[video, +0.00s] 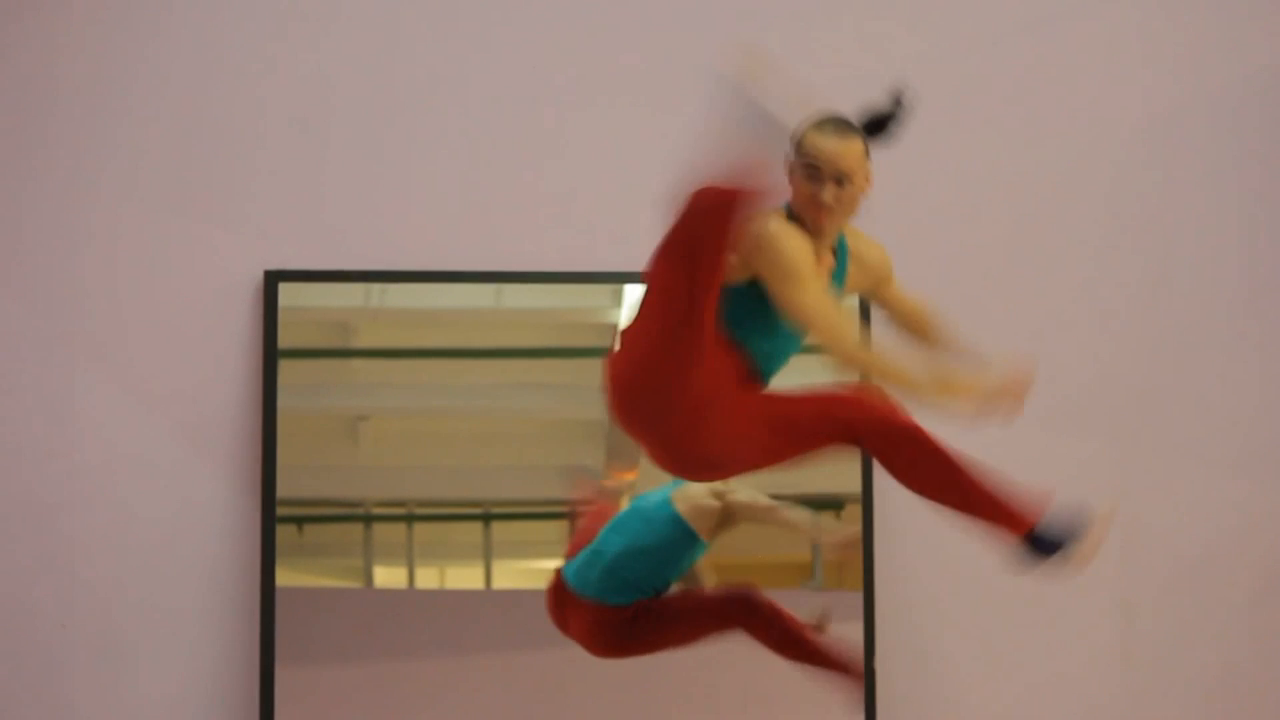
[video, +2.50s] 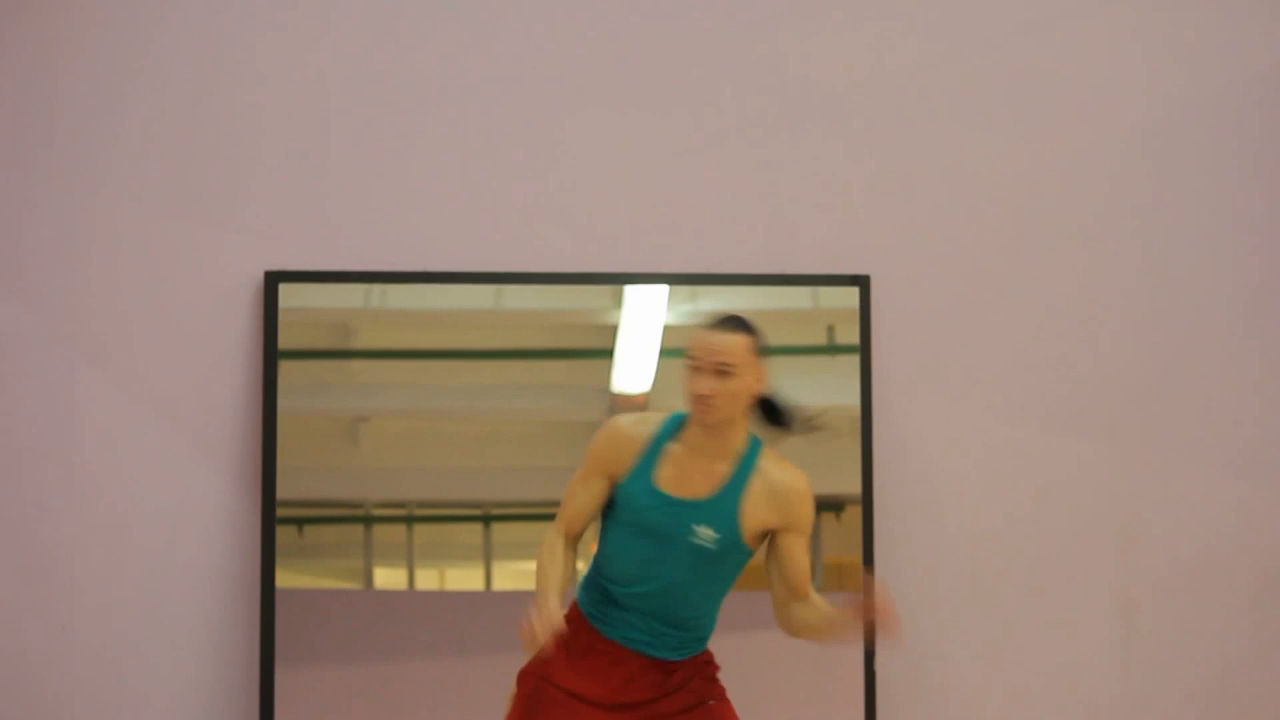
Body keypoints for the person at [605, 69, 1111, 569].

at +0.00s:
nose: (823, 194)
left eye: (840, 182)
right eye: (812, 176)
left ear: (865, 187)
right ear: (790, 176)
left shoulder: (862, 260)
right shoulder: (771, 236)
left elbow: (912, 320)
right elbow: (843, 347)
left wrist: (976, 370)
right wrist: (951, 389)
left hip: (722, 433)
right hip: (659, 388)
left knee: (867, 411)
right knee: (707, 215)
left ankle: (1029, 530)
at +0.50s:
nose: (842, 226)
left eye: (861, 215)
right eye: (832, 208)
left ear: (885, 222)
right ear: (811, 201)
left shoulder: (873, 293)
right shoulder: (774, 265)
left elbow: (810, 372)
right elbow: (786, 398)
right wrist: (884, 463)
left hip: (717, 439)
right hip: (652, 382)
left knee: (829, 479)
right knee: (580, 291)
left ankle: (1004, 552)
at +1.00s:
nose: (855, 263)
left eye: (874, 252)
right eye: (846, 243)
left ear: (895, 260)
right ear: (824, 235)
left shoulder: (869, 322)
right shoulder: (779, 288)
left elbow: (779, 391)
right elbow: (724, 406)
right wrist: (812, 481)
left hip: (699, 477)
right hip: (636, 424)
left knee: (828, 562)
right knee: (513, 356)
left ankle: (887, 707)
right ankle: (358, 432)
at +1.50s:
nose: (826, 344)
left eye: (847, 333)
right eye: (820, 322)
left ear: (870, 345)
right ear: (800, 316)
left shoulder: (840, 406)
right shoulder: (741, 368)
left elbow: (759, 487)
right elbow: (648, 468)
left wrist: (731, 563)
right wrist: (704, 555)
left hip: (686, 588)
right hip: (606, 545)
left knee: (693, 713)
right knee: (461, 644)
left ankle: (564, 690)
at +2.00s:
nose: (758, 383)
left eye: (779, 372)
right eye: (753, 365)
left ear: (816, 381)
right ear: (742, 363)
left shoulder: (805, 483)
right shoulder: (674, 426)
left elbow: (799, 570)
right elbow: (593, 524)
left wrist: (832, 659)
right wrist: (595, 629)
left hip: (678, 656)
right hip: (586, 636)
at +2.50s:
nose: (703, 386)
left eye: (723, 373)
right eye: (694, 368)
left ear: (759, 381)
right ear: (683, 371)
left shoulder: (782, 488)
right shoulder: (624, 439)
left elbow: (795, 606)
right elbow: (562, 534)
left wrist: (851, 617)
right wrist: (547, 603)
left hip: (678, 686)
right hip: (577, 664)